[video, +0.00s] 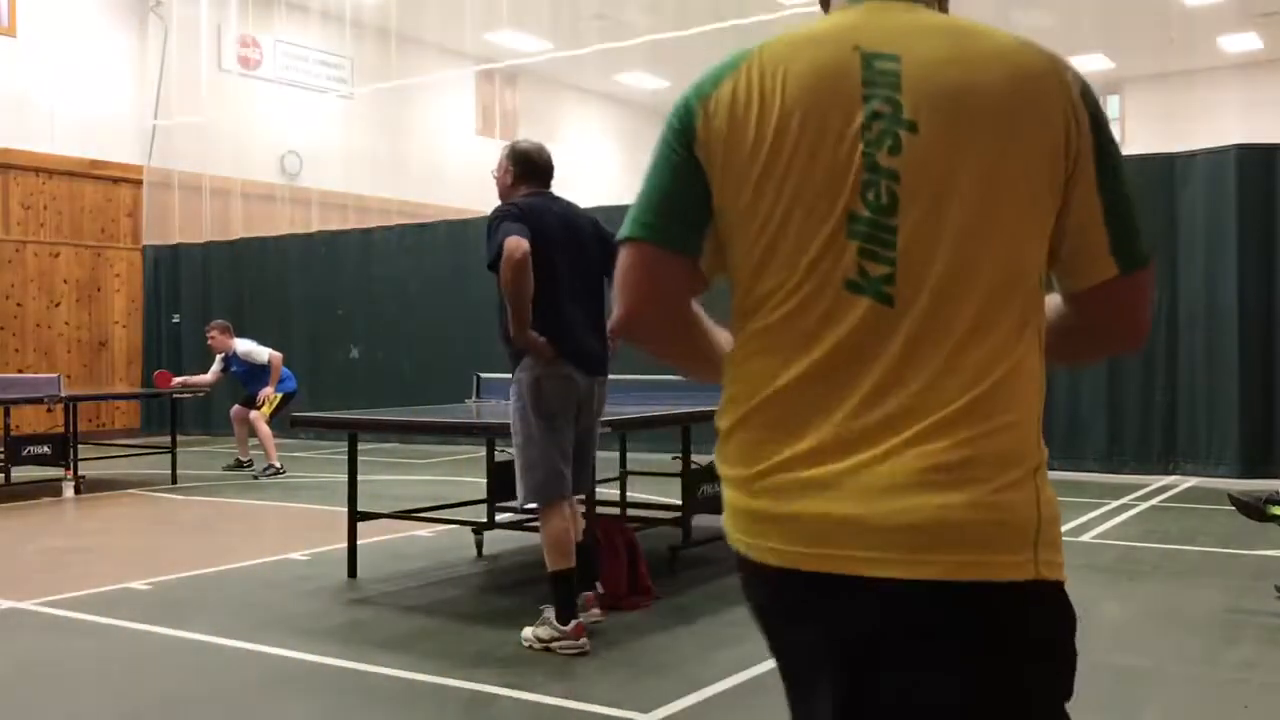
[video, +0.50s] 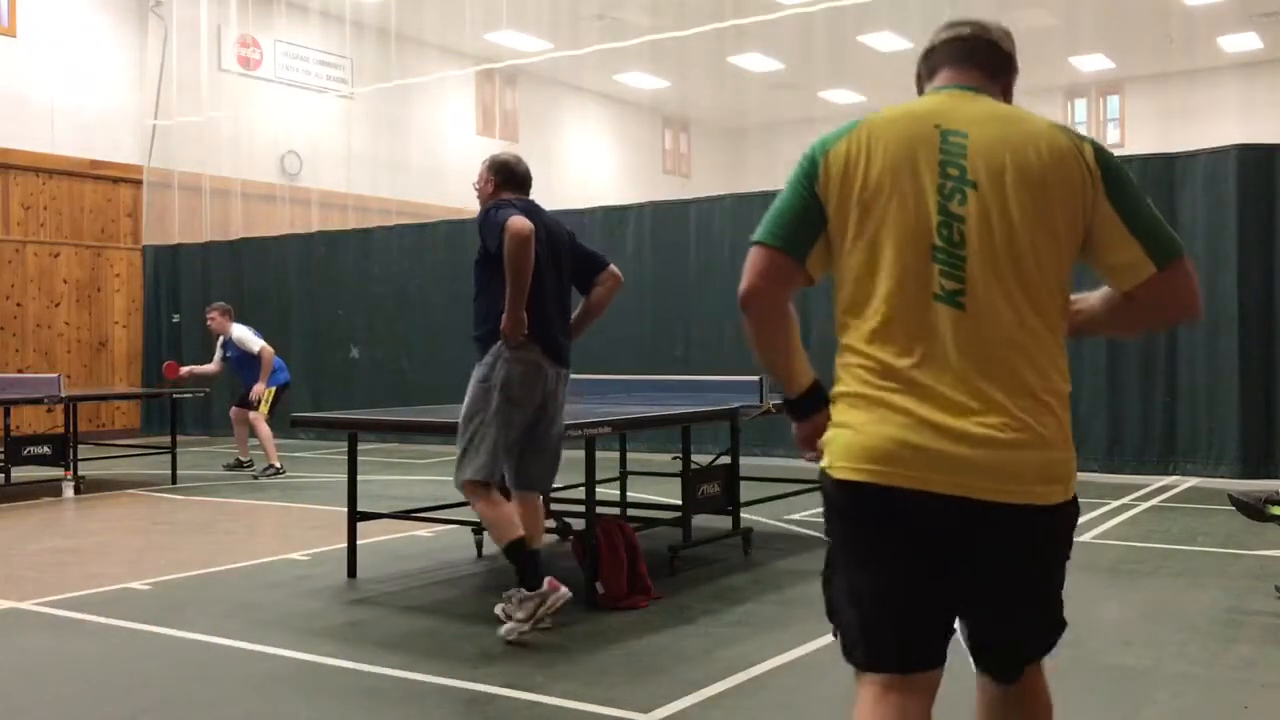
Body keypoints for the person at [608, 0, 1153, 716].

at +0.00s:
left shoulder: (727, 89)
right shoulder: (1044, 83)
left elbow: (643, 310)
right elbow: (1117, 318)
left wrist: (758, 365)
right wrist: (988, 334)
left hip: (788, 541)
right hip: (982, 547)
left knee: (831, 707)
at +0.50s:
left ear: (922, 83)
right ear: (1011, 87)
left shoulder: (847, 147)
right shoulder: (1073, 153)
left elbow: (760, 288)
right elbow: (1173, 295)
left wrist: (804, 399)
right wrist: (1069, 313)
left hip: (876, 470)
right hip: (1022, 477)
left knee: (890, 682)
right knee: (1014, 671)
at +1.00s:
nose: (950, 157)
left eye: (950, 150)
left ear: (955, 143)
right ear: (1023, 143)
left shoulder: (906, 194)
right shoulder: (1081, 190)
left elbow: (859, 313)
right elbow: (1164, 291)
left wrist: (877, 405)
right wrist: (1070, 316)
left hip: (938, 441)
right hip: (1047, 441)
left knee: (960, 586)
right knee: (1030, 607)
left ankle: (974, 709)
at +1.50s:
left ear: (983, 174)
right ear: (1041, 179)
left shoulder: (934, 220)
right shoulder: (1076, 224)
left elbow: (881, 315)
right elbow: (1126, 316)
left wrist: (918, 354)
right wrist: (1068, 325)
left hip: (963, 417)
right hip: (1052, 420)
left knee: (975, 551)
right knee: (1053, 541)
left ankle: (980, 702)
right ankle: (1060, 656)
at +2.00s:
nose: (990, 208)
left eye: (988, 201)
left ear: (987, 202)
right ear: (1034, 199)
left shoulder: (960, 244)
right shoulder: (1076, 245)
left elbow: (929, 320)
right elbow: (1095, 330)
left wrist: (947, 339)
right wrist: (1049, 341)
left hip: (986, 405)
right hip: (1058, 403)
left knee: (991, 511)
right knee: (1054, 518)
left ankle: (993, 607)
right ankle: (1052, 648)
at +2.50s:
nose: (979, 223)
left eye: (978, 217)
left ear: (980, 218)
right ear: (1021, 219)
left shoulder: (951, 255)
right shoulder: (1051, 257)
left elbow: (921, 311)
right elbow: (1090, 323)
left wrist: (955, 282)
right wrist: (1122, 375)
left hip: (978, 394)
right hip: (1039, 395)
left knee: (988, 487)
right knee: (1039, 485)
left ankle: (995, 598)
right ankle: (1042, 572)